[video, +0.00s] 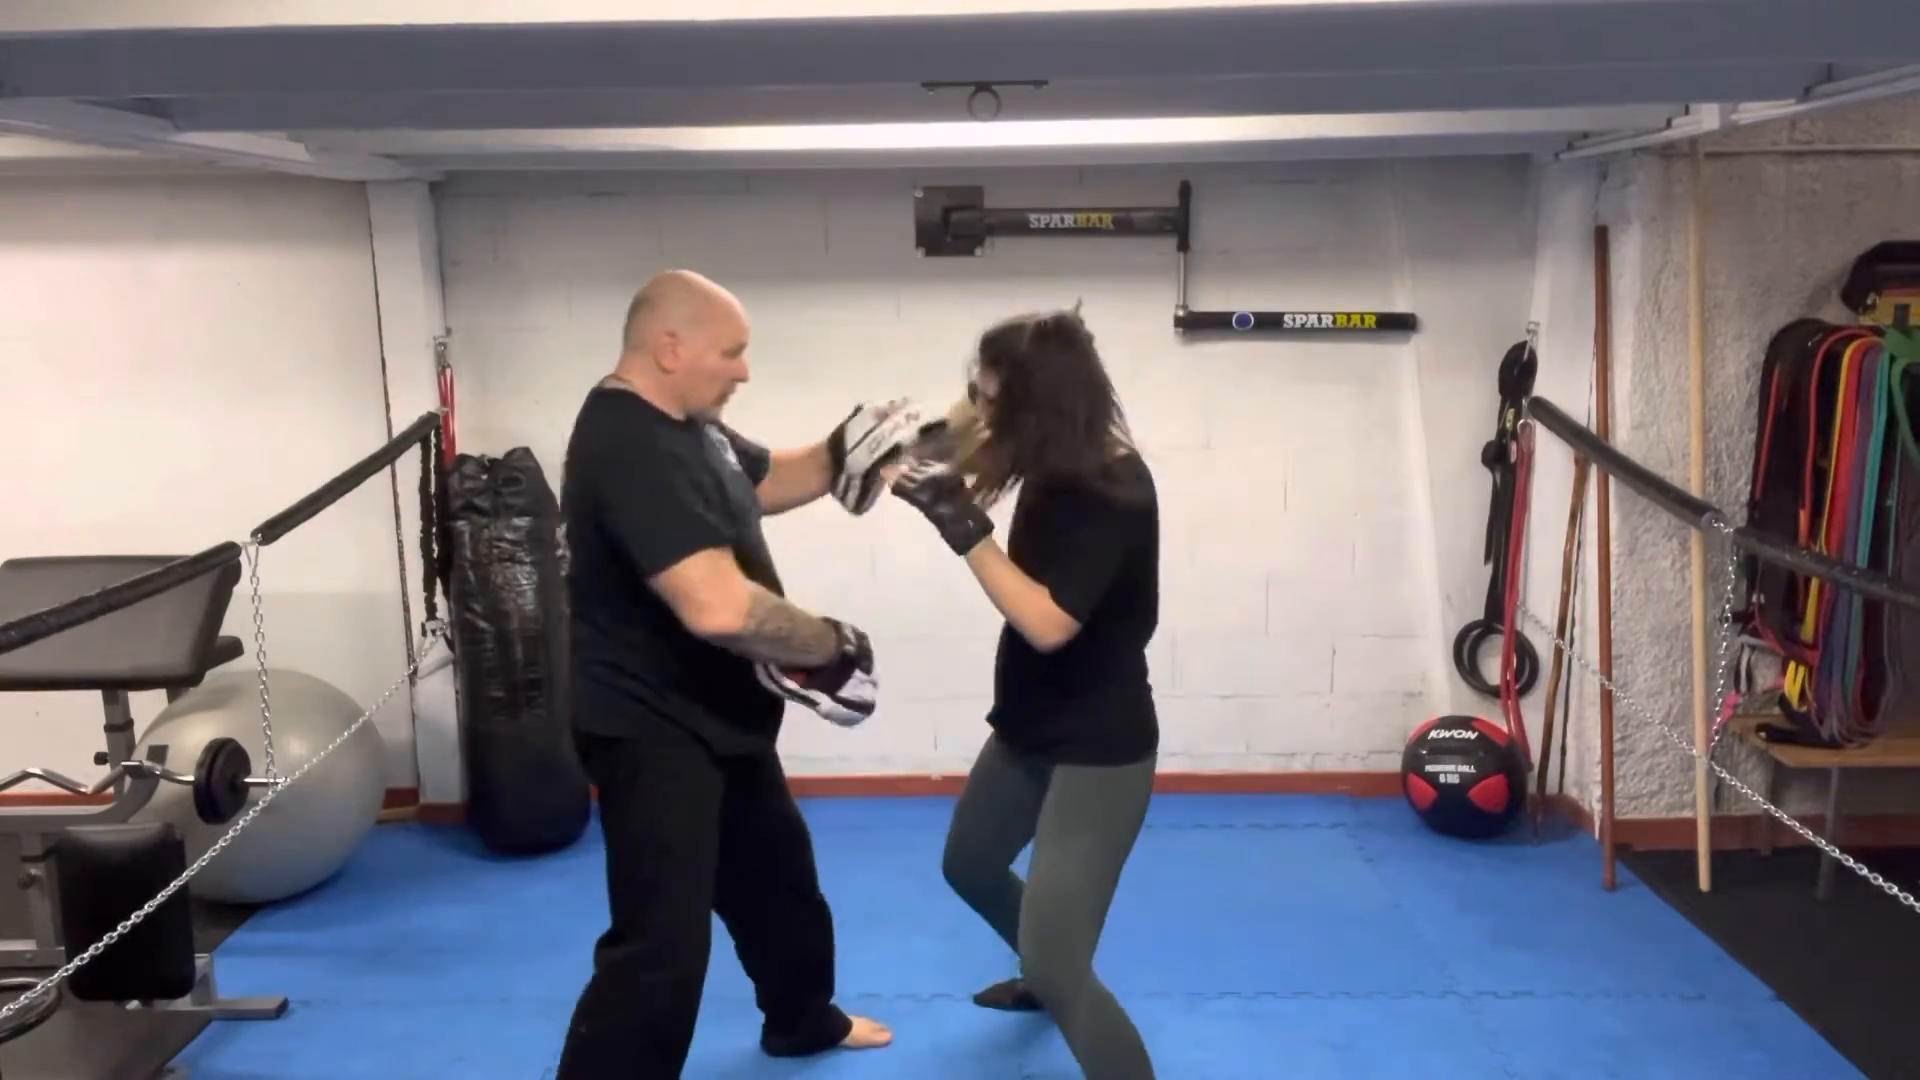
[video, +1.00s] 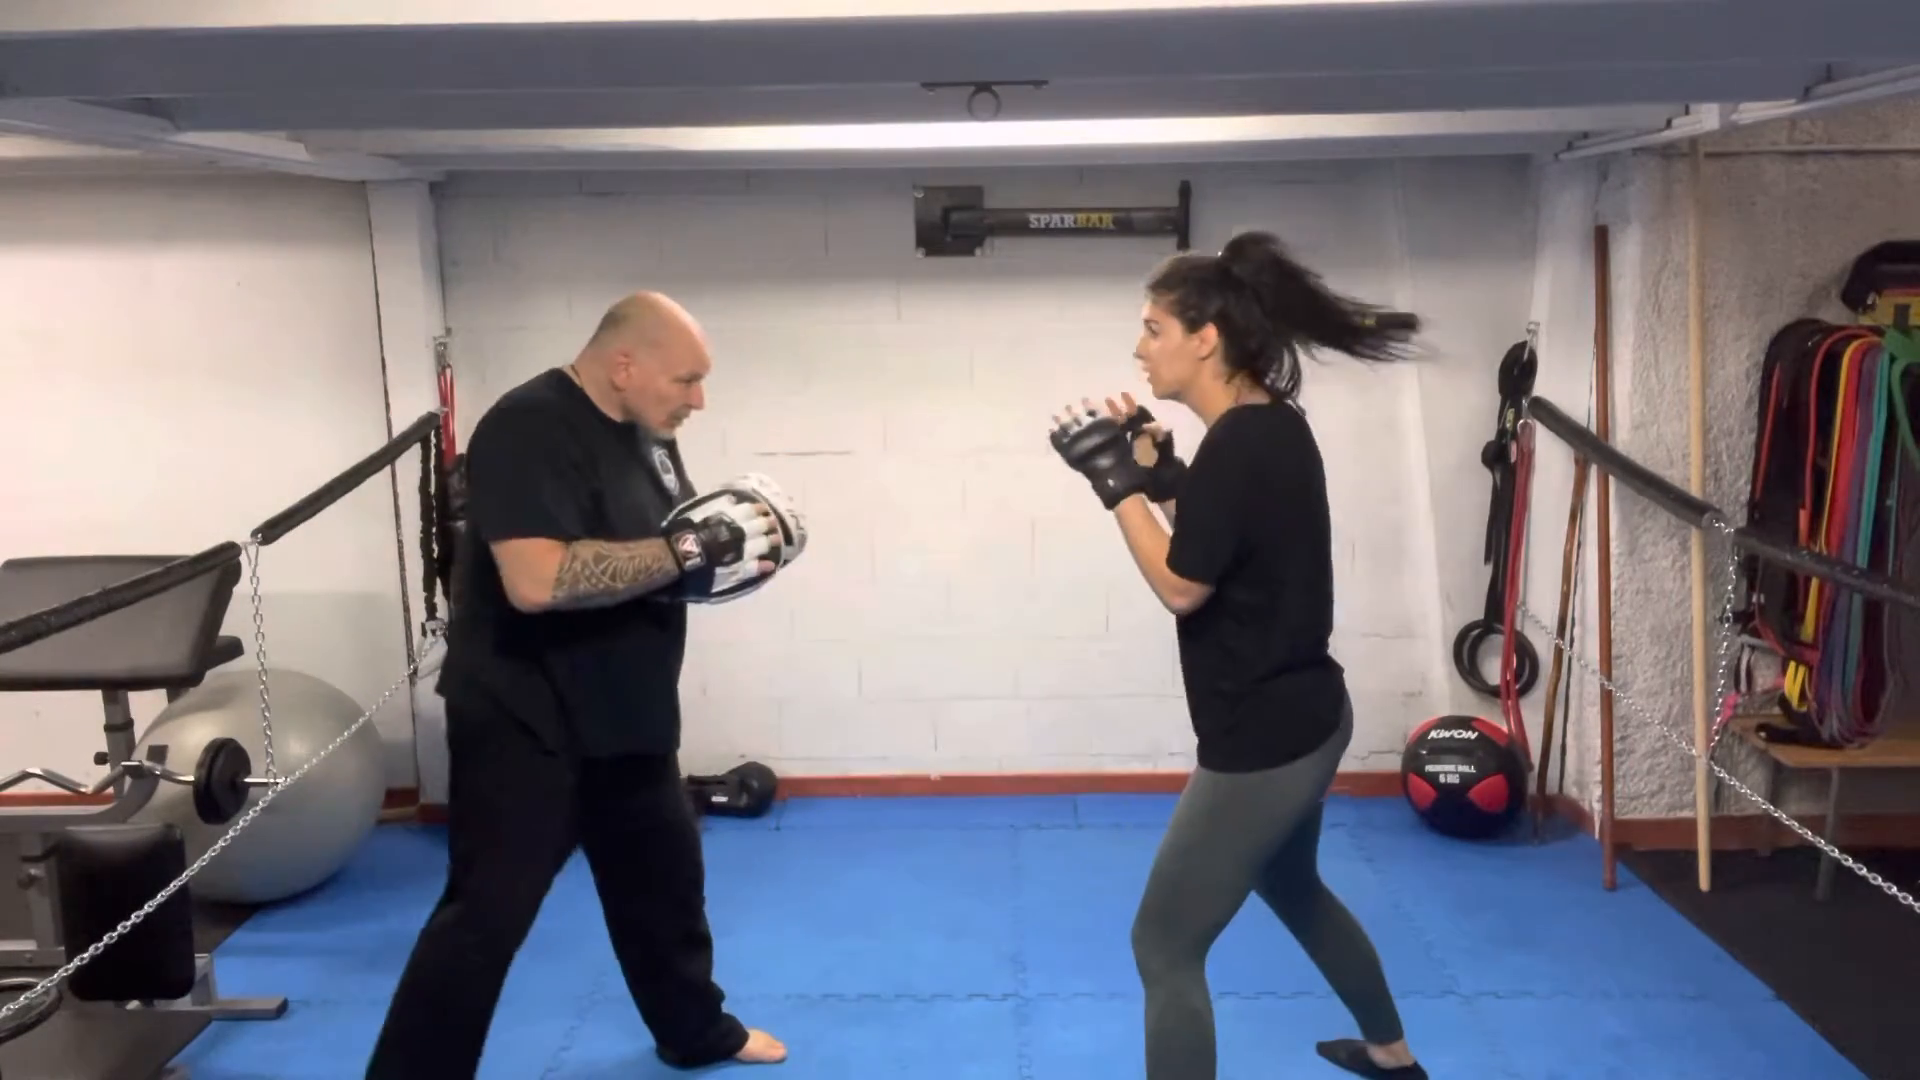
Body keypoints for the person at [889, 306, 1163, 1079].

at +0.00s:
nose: (978, 409)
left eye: (989, 396)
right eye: (980, 394)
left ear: (1033, 406)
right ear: (1050, 400)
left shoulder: (1109, 491)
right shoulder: (1046, 465)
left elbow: (1049, 621)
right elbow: (967, 440)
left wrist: (967, 530)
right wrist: (907, 453)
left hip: (1102, 748)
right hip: (1030, 728)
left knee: (1054, 966)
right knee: (970, 865)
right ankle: (1050, 976)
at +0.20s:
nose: (999, 396)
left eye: (1009, 380)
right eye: (998, 378)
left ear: (1054, 385)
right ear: (1091, 374)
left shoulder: (1122, 476)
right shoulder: (1121, 456)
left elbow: (1032, 619)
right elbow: (1065, 535)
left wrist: (965, 515)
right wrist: (1009, 469)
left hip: (1149, 773)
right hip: (1110, 750)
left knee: (1043, 987)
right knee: (1049, 851)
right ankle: (1049, 988)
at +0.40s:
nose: (1042, 386)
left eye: (1052, 367)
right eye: (1042, 366)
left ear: (1101, 369)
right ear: (1122, 364)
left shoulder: (1159, 466)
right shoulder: (1187, 451)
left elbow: (1087, 614)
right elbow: (1155, 574)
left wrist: (1008, 522)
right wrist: (1071, 516)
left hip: (1182, 779)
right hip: (1218, 760)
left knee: (1065, 981)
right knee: (1170, 885)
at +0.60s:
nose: (1104, 370)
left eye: (1117, 355)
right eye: (1108, 352)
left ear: (1162, 369)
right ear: (1191, 365)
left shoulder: (1208, 470)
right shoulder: (1238, 444)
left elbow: (1157, 614)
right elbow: (1184, 552)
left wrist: (1062, 523)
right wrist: (1106, 486)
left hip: (1239, 756)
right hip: (1292, 721)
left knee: (1114, 953)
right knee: (1286, 892)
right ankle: (1390, 1051)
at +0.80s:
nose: (1154, 330)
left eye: (1174, 319)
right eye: (1164, 313)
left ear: (1224, 345)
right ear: (1227, 346)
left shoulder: (1237, 454)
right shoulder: (1269, 432)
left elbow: (1177, 595)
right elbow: (1199, 556)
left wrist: (1097, 495)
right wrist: (1146, 455)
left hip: (1264, 748)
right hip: (1313, 721)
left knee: (1163, 941)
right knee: (1295, 887)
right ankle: (1394, 1050)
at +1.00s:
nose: (1140, 349)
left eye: (1152, 330)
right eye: (1143, 330)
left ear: (1206, 340)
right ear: (1208, 340)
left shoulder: (1239, 444)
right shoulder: (1276, 428)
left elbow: (1180, 586)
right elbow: (1234, 552)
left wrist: (1116, 485)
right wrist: (1167, 473)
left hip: (1259, 746)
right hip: (1308, 722)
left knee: (1165, 945)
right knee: (1292, 885)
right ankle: (1390, 1048)